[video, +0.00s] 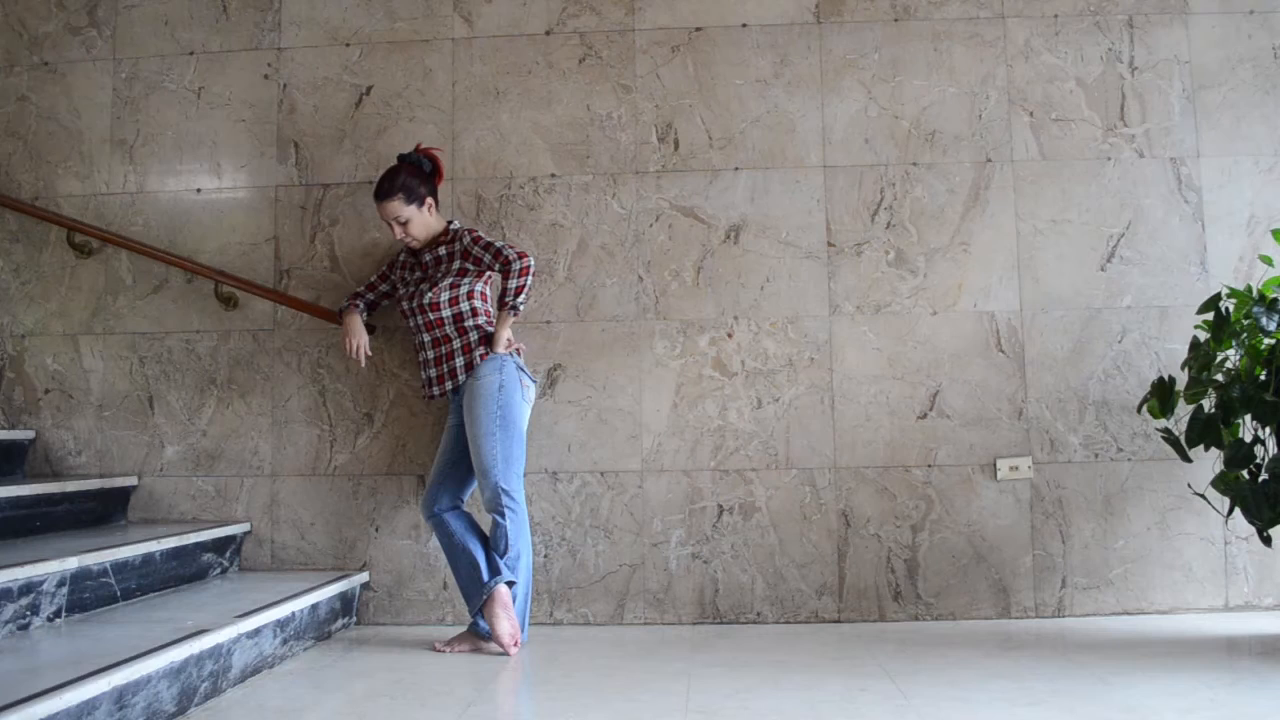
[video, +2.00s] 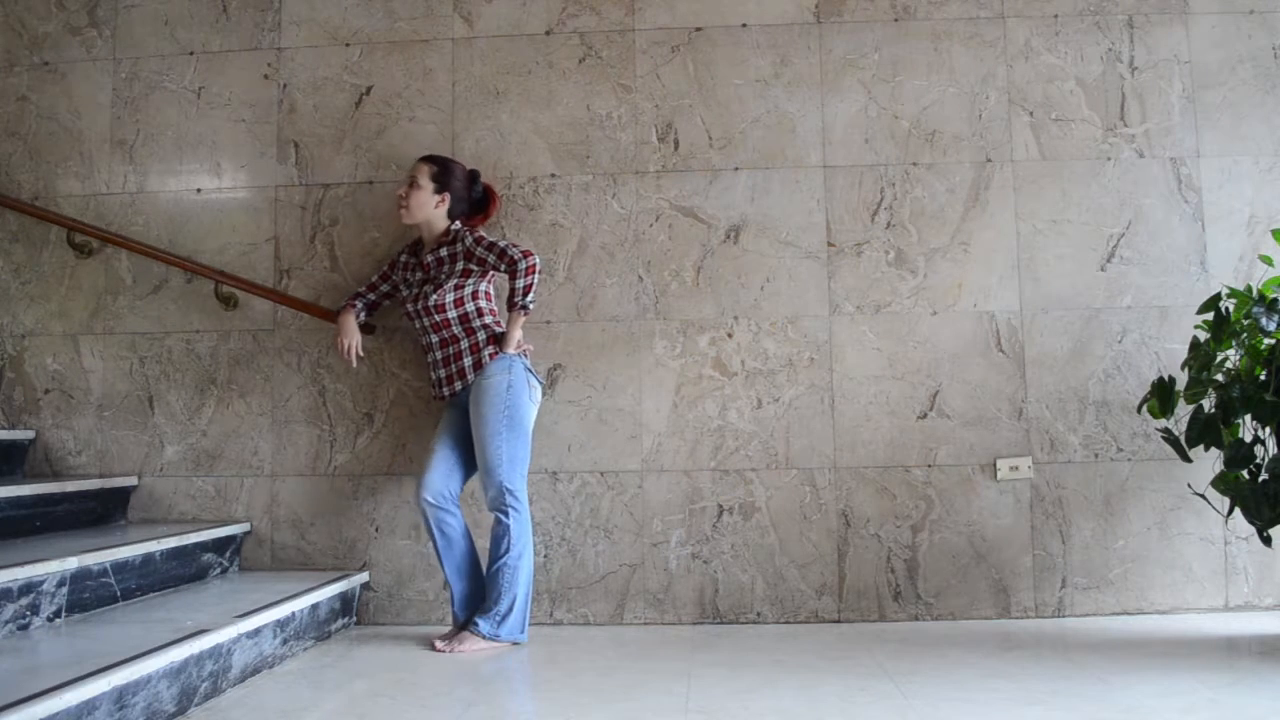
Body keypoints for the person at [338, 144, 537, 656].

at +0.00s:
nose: (398, 233)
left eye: (402, 221)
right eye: (390, 225)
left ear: (429, 203)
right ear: (390, 220)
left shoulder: (465, 241)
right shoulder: (406, 263)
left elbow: (518, 262)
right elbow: (364, 297)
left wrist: (507, 321)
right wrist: (353, 317)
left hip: (493, 371)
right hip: (461, 392)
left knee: (501, 492)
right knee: (440, 502)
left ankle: (501, 628)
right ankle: (494, 597)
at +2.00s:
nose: (400, 193)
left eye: (412, 186)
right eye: (404, 184)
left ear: (443, 201)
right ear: (430, 200)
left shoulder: (468, 243)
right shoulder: (407, 262)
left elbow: (524, 261)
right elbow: (368, 296)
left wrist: (516, 325)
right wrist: (349, 315)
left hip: (499, 373)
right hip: (460, 395)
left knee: (505, 495)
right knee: (435, 494)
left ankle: (502, 627)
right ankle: (473, 618)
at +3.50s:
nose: (435, 175)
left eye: (444, 165)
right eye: (432, 168)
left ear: (475, 169)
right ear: (433, 177)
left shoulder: (517, 232)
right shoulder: (427, 239)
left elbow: (538, 302)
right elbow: (395, 312)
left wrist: (553, 368)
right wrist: (355, 383)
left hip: (499, 372)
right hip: (442, 376)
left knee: (499, 487)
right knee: (457, 499)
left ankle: (533, 610)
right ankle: (475, 617)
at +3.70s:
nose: (450, 170)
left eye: (460, 161)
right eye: (444, 165)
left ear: (489, 170)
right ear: (440, 178)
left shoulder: (523, 232)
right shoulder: (429, 237)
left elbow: (536, 305)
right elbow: (427, 312)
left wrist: (539, 376)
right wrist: (442, 382)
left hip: (505, 376)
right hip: (448, 378)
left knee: (499, 486)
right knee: (459, 499)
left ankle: (529, 616)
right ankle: (476, 615)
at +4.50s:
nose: (507, 155)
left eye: (508, 148)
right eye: (496, 147)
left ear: (502, 160)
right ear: (461, 156)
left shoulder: (522, 221)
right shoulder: (432, 219)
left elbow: (547, 294)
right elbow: (403, 297)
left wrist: (580, 361)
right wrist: (373, 373)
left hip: (517, 369)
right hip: (455, 372)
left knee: (515, 479)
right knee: (472, 496)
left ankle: (535, 603)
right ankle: (483, 621)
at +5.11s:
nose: (539, 155)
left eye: (540, 146)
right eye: (528, 145)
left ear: (520, 154)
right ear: (493, 151)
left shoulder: (546, 224)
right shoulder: (453, 214)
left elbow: (580, 297)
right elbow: (397, 276)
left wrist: (629, 342)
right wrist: (326, 303)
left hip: (531, 374)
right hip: (467, 372)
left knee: (517, 502)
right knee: (470, 506)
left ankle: (501, 631)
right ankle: (466, 608)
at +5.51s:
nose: (544, 157)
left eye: (547, 148)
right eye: (534, 147)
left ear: (544, 153)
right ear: (498, 150)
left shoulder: (551, 214)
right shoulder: (470, 212)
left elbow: (570, 290)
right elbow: (435, 282)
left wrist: (621, 325)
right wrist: (393, 335)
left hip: (543, 370)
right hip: (484, 365)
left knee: (527, 503)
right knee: (484, 494)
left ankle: (500, 633)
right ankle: (422, 621)